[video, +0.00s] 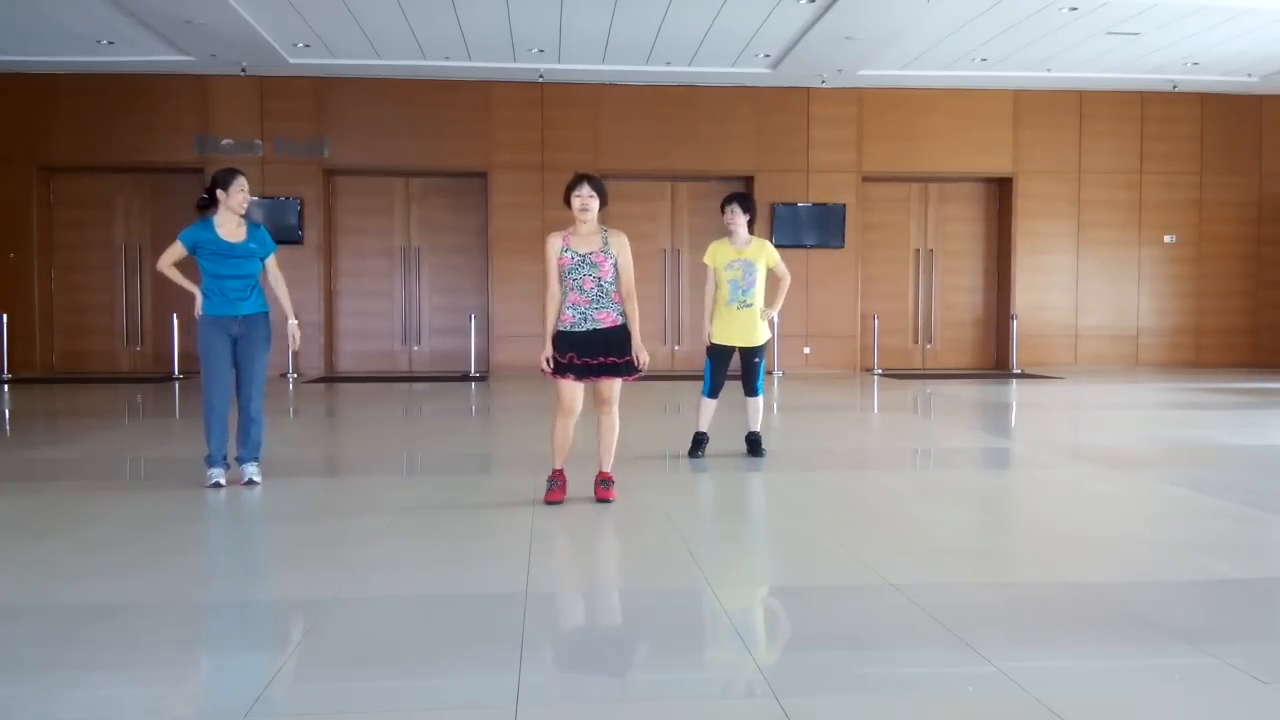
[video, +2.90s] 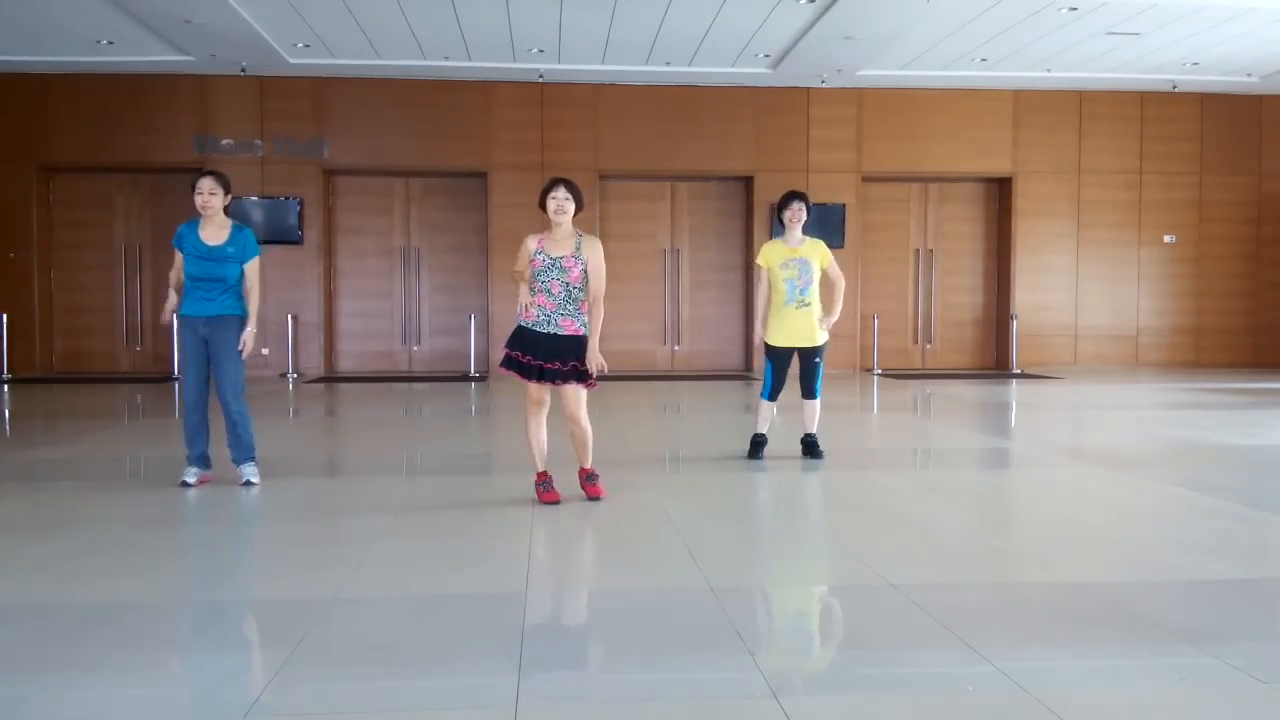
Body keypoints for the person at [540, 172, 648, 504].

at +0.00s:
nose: (584, 201)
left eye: (591, 196)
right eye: (578, 196)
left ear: (601, 201)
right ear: (569, 202)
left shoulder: (618, 240)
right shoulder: (557, 242)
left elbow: (629, 293)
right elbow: (553, 295)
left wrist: (636, 339)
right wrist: (548, 341)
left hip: (611, 335)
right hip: (569, 335)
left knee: (607, 406)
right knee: (569, 409)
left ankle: (605, 476)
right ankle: (557, 474)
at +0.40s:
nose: (578, 202)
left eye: (584, 197)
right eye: (571, 197)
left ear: (592, 204)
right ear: (561, 203)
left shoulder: (602, 245)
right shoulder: (549, 238)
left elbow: (614, 298)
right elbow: (518, 276)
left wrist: (630, 343)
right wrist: (538, 318)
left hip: (602, 333)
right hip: (565, 337)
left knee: (600, 404)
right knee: (570, 409)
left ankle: (601, 475)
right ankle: (550, 476)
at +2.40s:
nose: (567, 200)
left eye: (573, 195)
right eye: (560, 195)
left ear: (582, 202)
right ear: (550, 202)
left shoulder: (590, 245)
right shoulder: (538, 236)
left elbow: (599, 296)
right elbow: (495, 263)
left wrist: (609, 341)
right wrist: (531, 286)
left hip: (577, 333)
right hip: (542, 332)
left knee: (592, 402)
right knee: (546, 404)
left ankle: (597, 476)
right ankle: (544, 477)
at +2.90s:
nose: (559, 203)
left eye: (566, 199)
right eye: (554, 199)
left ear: (576, 206)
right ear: (544, 205)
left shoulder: (590, 245)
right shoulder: (531, 244)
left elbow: (597, 299)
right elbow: (518, 273)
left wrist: (593, 346)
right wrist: (523, 287)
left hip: (573, 338)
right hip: (534, 336)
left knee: (577, 414)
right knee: (538, 405)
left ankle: (587, 472)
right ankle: (542, 475)